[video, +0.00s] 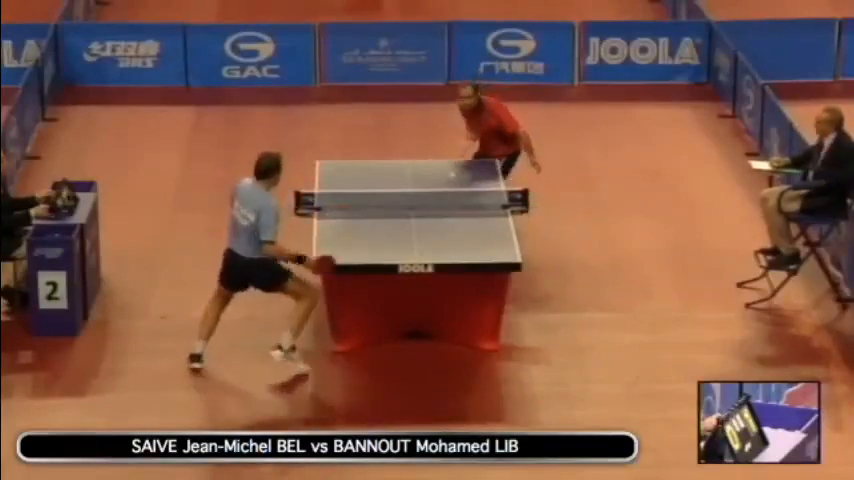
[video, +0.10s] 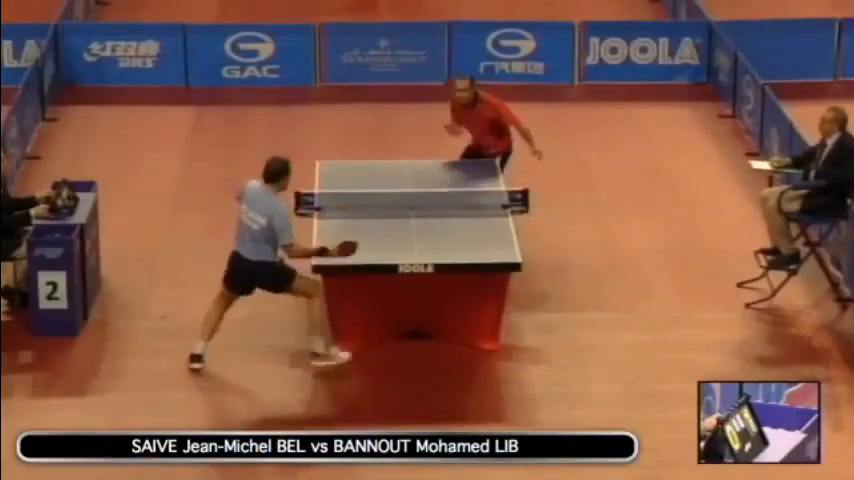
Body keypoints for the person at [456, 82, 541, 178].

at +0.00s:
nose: (464, 102)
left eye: (468, 98)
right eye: (462, 98)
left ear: (477, 96)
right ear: (459, 98)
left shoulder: (494, 108)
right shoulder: (465, 108)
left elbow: (521, 133)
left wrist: (532, 158)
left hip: (507, 150)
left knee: (491, 183)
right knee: (471, 178)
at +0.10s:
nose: (461, 96)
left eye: (465, 91)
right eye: (458, 91)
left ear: (473, 89)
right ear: (455, 91)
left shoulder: (491, 104)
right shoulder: (456, 104)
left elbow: (519, 126)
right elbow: (458, 125)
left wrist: (532, 147)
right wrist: (454, 129)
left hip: (499, 148)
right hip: (478, 144)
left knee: (489, 182)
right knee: (460, 174)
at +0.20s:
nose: (455, 89)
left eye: (458, 85)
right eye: (452, 85)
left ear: (466, 85)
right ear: (447, 86)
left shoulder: (480, 97)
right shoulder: (444, 98)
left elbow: (506, 114)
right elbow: (435, 112)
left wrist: (520, 135)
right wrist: (435, 125)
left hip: (486, 139)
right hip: (463, 138)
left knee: (485, 171)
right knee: (446, 168)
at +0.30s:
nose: (452, 89)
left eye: (456, 85)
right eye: (449, 85)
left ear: (463, 85)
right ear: (445, 86)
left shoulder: (478, 98)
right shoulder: (438, 99)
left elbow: (498, 116)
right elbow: (425, 112)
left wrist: (508, 132)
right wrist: (426, 125)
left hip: (477, 143)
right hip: (452, 143)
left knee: (479, 172)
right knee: (435, 167)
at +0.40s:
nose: (447, 81)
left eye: (451, 77)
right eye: (444, 77)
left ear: (460, 77)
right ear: (440, 78)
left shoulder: (473, 93)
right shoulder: (434, 94)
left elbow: (496, 111)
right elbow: (415, 109)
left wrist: (496, 119)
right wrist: (414, 117)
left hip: (471, 141)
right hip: (444, 141)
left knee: (484, 170)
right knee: (427, 168)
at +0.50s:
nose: (445, 77)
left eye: (449, 73)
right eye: (442, 73)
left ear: (457, 74)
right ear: (439, 74)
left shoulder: (471, 91)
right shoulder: (432, 92)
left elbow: (493, 108)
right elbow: (413, 107)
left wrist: (491, 115)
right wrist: (411, 116)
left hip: (470, 136)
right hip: (443, 136)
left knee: (483, 163)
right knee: (428, 163)